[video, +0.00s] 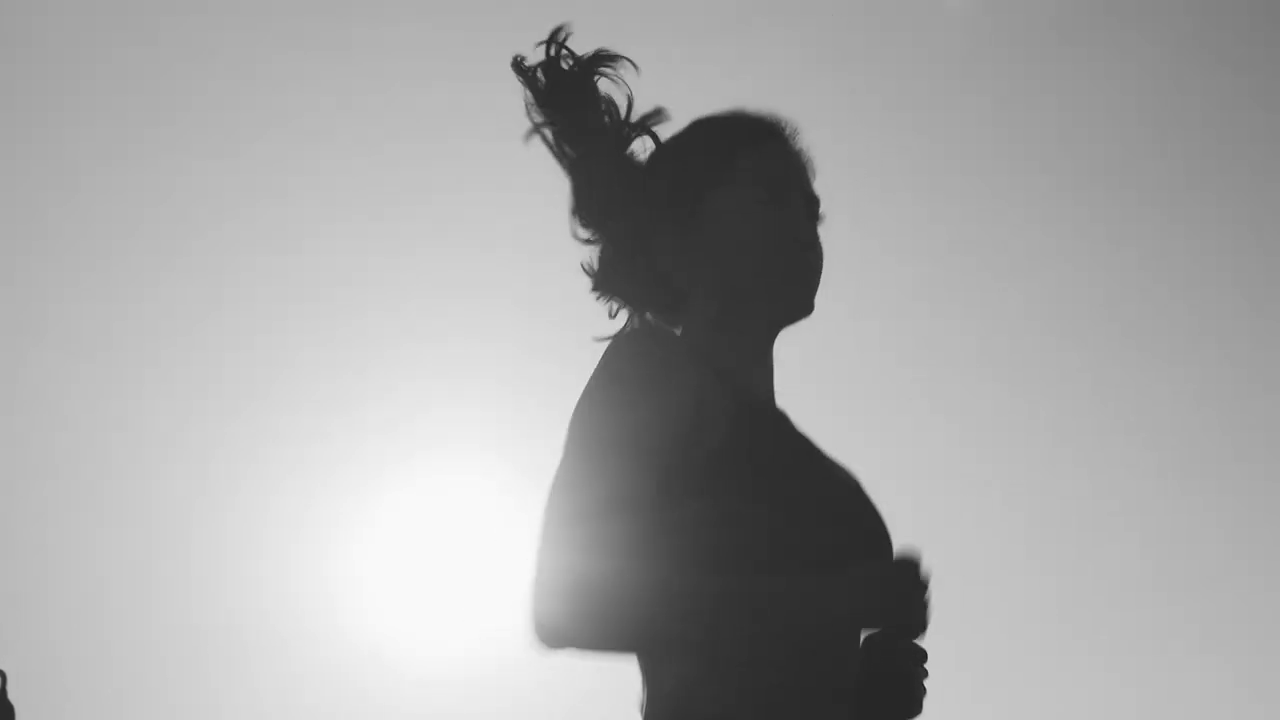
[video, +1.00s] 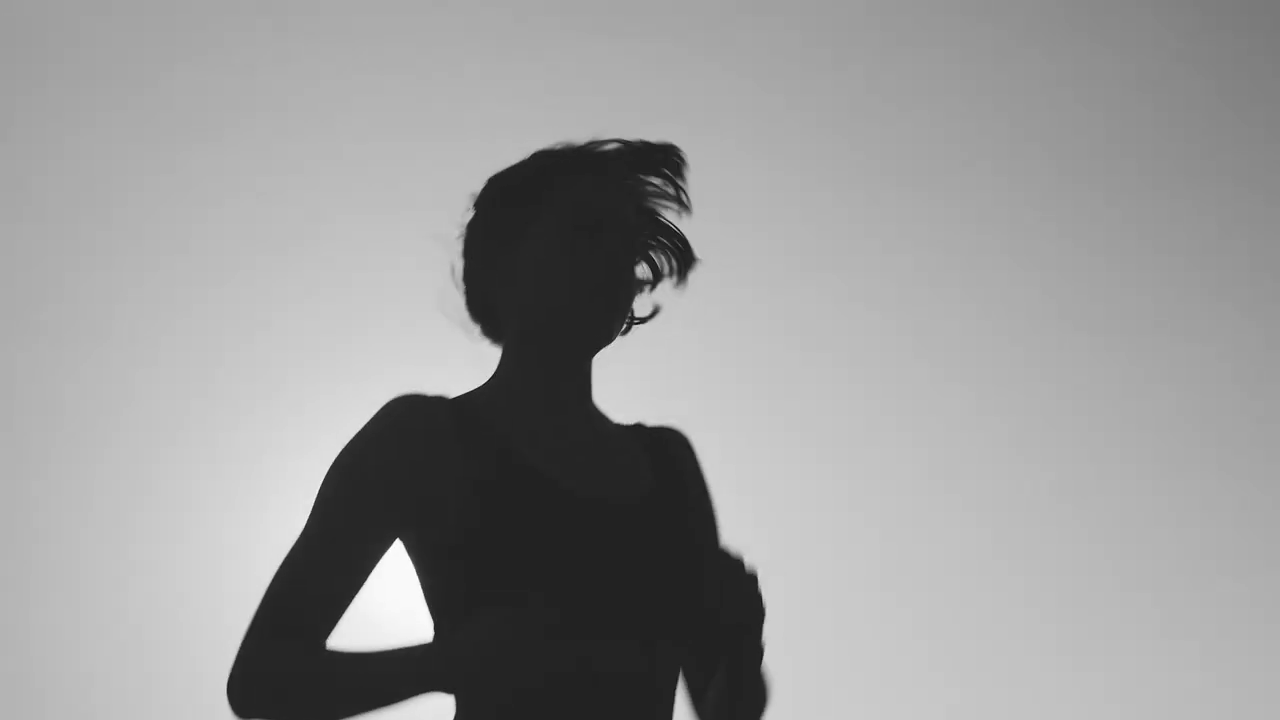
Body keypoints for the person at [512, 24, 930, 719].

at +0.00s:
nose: (814, 227)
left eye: (811, 206)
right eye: (783, 203)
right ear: (697, 232)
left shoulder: (755, 408)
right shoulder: (652, 373)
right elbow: (570, 603)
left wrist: (869, 688)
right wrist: (838, 596)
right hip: (711, 705)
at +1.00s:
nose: (617, 272)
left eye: (628, 251)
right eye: (584, 243)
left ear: (634, 282)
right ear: (505, 269)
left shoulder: (664, 460)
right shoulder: (418, 438)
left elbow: (728, 710)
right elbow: (261, 680)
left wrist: (734, 644)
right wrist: (447, 663)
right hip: (500, 714)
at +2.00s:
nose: (573, 302)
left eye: (570, 283)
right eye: (544, 278)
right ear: (460, 299)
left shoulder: (572, 512)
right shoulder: (391, 437)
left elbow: (539, 696)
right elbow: (250, 664)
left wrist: (601, 710)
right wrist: (489, 667)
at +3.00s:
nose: (521, 269)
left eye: (532, 247)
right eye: (488, 242)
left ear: (547, 276)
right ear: (416, 266)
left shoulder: (573, 455)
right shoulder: (322, 425)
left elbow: (648, 688)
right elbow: (179, 656)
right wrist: (346, 625)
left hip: (523, 708)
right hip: (376, 712)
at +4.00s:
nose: (605, 324)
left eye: (603, 306)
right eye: (573, 304)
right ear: (488, 336)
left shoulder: (606, 528)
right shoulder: (439, 459)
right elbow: (288, 658)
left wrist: (646, 706)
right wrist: (505, 673)